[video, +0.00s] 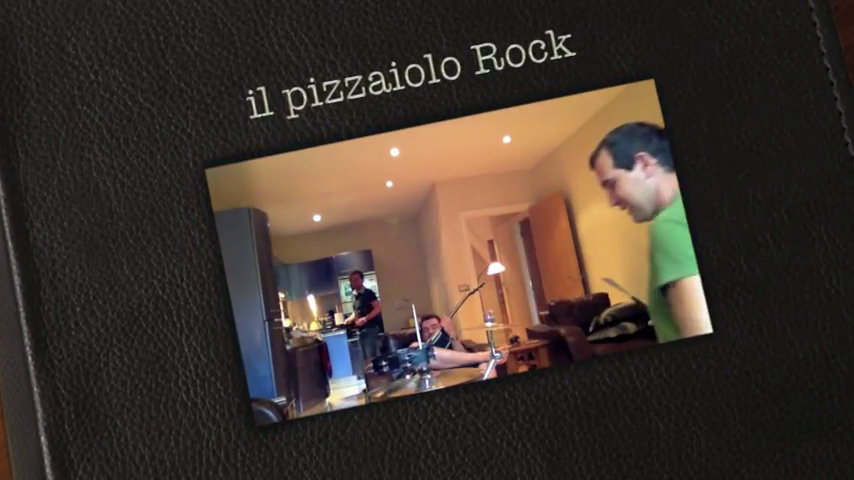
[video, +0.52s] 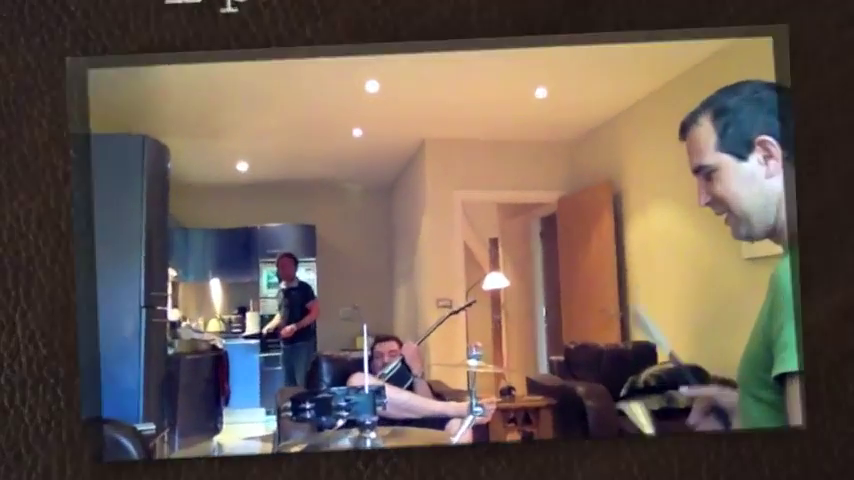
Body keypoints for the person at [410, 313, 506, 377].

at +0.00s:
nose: (430, 332)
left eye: (434, 327)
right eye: (425, 330)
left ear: (441, 328)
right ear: (421, 334)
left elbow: (467, 360)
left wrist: (453, 337)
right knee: (415, 351)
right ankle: (486, 356)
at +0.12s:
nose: (430, 332)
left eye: (435, 328)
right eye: (426, 329)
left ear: (441, 328)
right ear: (421, 332)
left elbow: (466, 359)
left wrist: (453, 337)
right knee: (416, 352)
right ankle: (486, 356)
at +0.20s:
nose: (430, 332)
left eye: (435, 328)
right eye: (426, 329)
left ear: (441, 328)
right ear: (421, 332)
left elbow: (466, 359)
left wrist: (453, 337)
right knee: (416, 351)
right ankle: (485, 356)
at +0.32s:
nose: (423, 337)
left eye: (428, 332)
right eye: (418, 334)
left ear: (436, 333)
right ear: (413, 339)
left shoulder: (447, 353)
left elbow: (461, 368)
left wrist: (448, 344)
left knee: (483, 379)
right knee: (404, 354)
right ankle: (478, 366)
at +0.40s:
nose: (411, 345)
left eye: (416, 340)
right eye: (406, 342)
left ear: (425, 341)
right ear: (400, 347)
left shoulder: (435, 361)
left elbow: (451, 380)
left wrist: (438, 353)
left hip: (438, 394)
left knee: (475, 394)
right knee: (389, 362)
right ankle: (472, 379)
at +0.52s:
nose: (385, 360)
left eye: (392, 354)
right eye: (378, 356)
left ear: (402, 357)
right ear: (371, 363)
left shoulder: (414, 384)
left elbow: (431, 409)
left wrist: (418, 375)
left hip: (416, 425)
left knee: (460, 426)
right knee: (356, 380)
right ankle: (455, 409)